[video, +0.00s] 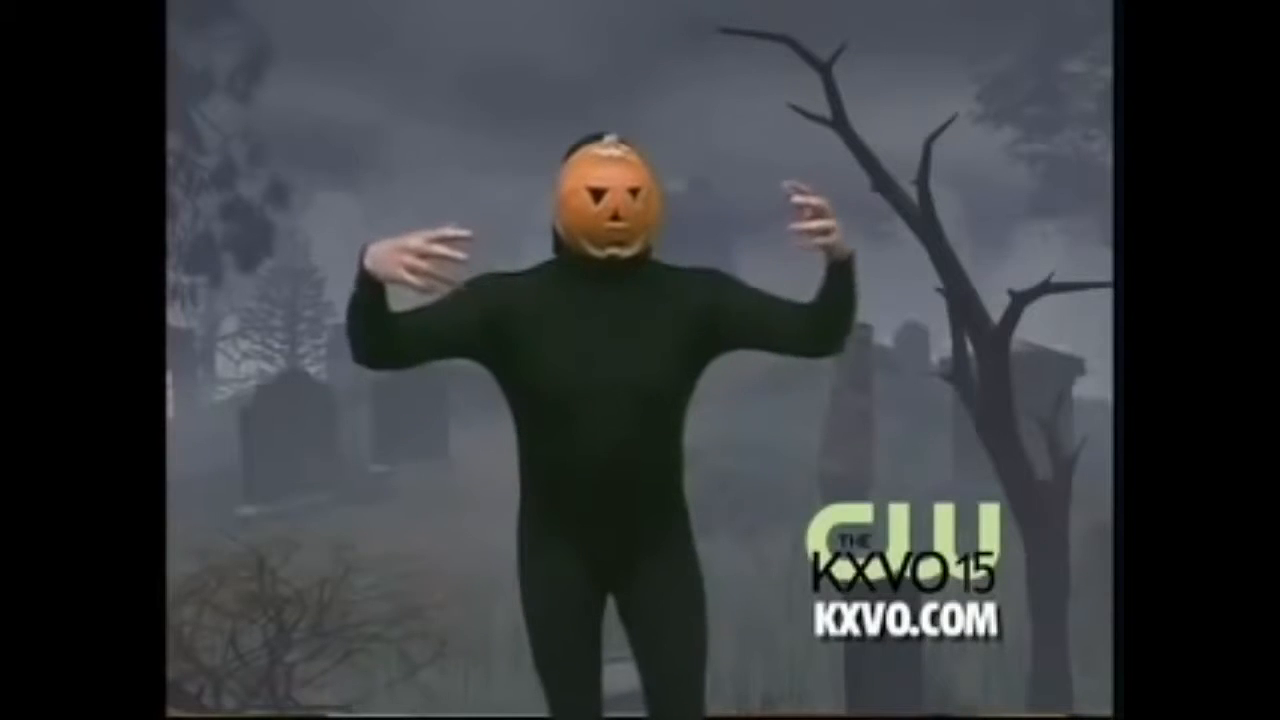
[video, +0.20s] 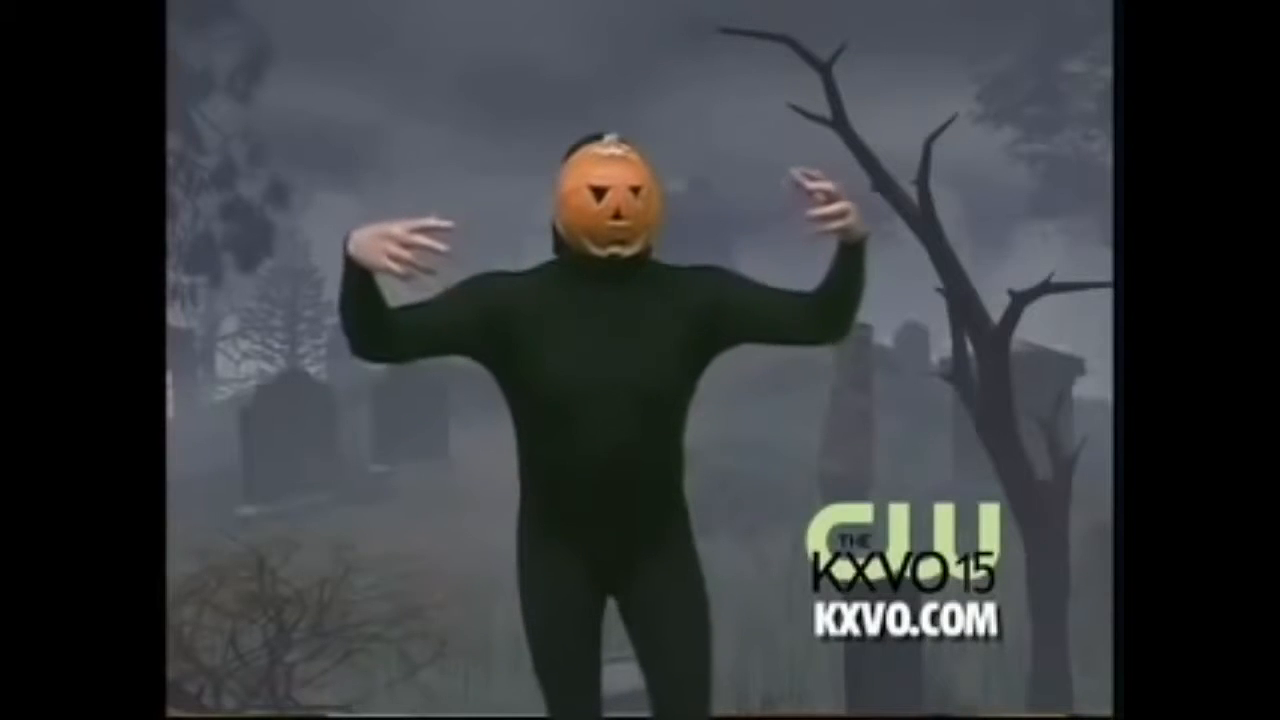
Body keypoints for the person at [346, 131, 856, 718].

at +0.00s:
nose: (616, 206)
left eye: (633, 193)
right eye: (596, 193)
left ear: (657, 209)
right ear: (559, 210)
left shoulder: (696, 299)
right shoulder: (505, 303)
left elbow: (821, 333)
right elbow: (379, 347)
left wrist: (840, 261)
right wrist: (371, 274)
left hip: (659, 545)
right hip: (556, 549)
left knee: (680, 704)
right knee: (572, 706)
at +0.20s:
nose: (617, 203)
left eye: (634, 191)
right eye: (596, 190)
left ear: (656, 208)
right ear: (559, 209)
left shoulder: (697, 297)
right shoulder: (505, 302)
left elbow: (824, 321)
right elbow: (377, 339)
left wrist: (852, 243)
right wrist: (357, 262)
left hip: (659, 545)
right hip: (555, 549)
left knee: (686, 707)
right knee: (572, 709)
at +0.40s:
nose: (617, 199)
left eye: (634, 189)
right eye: (595, 188)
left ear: (657, 210)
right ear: (559, 210)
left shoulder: (699, 295)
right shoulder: (505, 301)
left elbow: (823, 309)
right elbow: (375, 330)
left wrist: (859, 227)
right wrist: (344, 250)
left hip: (661, 550)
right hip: (554, 555)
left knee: (693, 708)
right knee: (570, 711)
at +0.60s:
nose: (617, 199)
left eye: (634, 187)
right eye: (596, 186)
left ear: (658, 211)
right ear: (559, 210)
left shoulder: (699, 294)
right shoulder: (503, 300)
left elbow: (824, 295)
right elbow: (374, 320)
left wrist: (864, 213)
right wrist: (334, 236)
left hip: (662, 552)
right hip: (554, 558)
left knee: (703, 709)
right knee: (568, 713)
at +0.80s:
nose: (617, 195)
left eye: (634, 184)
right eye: (595, 182)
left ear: (658, 210)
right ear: (559, 208)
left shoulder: (700, 292)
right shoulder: (503, 298)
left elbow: (823, 283)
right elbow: (373, 305)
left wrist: (869, 198)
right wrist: (327, 218)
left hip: (663, 554)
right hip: (553, 560)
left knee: (711, 710)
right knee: (567, 715)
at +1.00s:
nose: (617, 191)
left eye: (634, 181)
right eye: (595, 179)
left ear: (657, 209)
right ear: (559, 209)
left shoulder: (701, 289)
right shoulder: (503, 294)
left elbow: (821, 271)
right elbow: (373, 286)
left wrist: (869, 186)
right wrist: (328, 198)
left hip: (663, 556)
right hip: (553, 561)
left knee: (716, 709)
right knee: (563, 712)